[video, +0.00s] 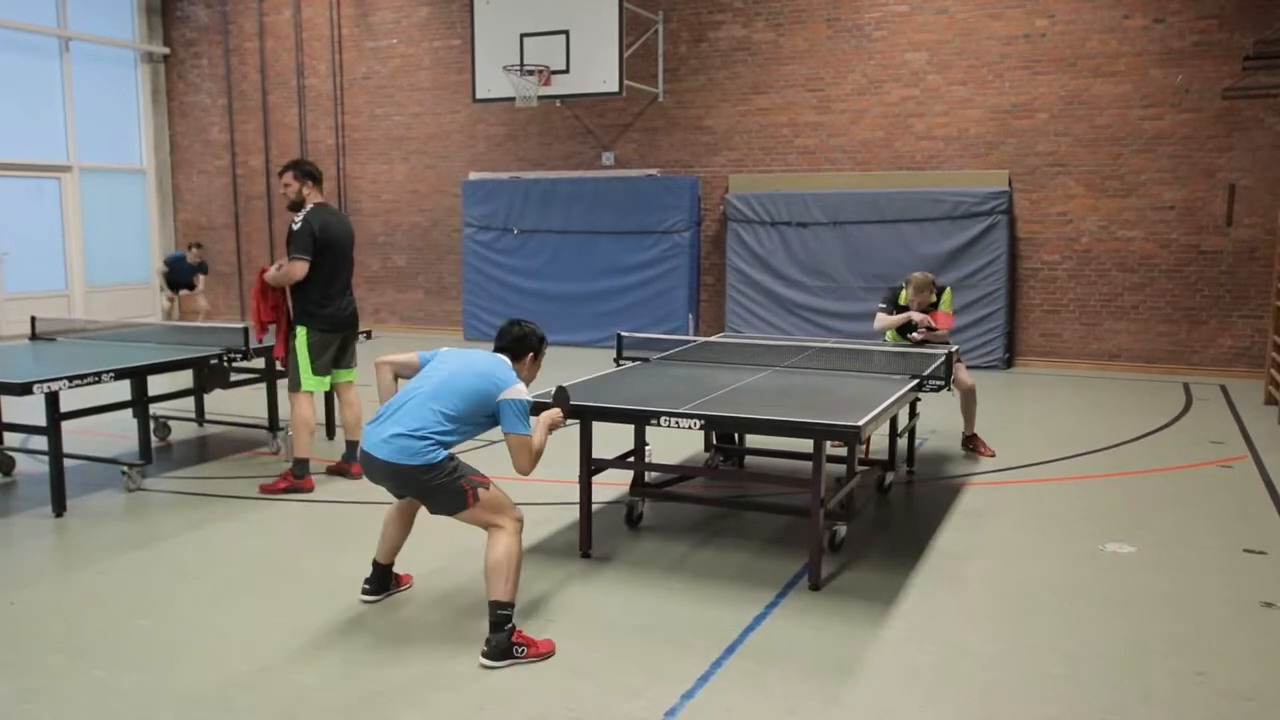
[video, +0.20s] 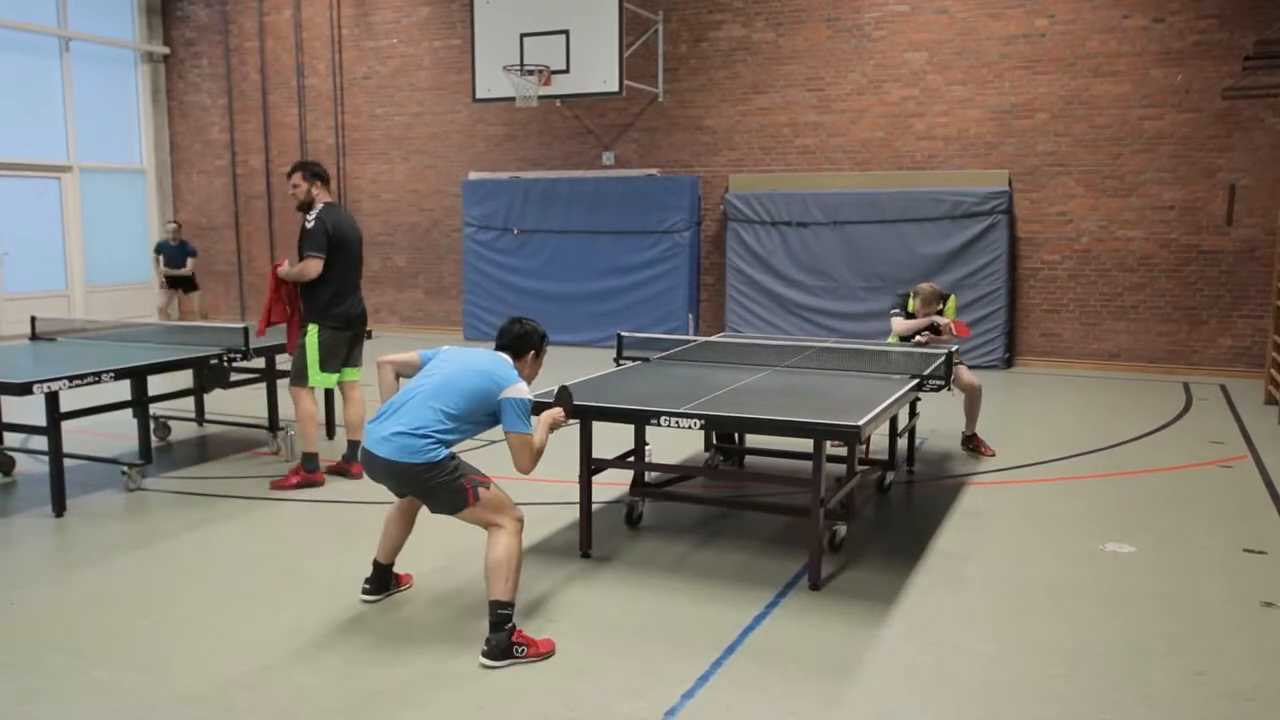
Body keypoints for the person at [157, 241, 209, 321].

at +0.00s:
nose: (197, 260)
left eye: (199, 257)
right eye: (195, 256)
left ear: (202, 256)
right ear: (188, 253)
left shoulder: (201, 266)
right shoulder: (175, 259)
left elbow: (201, 287)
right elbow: (159, 272)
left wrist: (188, 292)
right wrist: (167, 291)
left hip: (188, 285)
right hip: (171, 285)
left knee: (204, 307)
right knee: (167, 307)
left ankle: (198, 330)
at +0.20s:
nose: (172, 235)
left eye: (174, 232)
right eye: (169, 232)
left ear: (180, 232)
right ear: (166, 233)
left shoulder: (188, 248)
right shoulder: (161, 246)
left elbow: (189, 271)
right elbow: (156, 261)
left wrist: (168, 272)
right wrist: (160, 276)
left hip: (186, 277)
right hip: (170, 277)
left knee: (198, 308)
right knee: (161, 307)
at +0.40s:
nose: (146, 224)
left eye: (149, 221)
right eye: (144, 221)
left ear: (156, 222)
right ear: (143, 223)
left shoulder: (168, 240)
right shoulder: (144, 239)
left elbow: (180, 259)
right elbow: (145, 256)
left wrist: (168, 275)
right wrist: (144, 274)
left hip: (174, 276)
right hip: (158, 276)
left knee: (177, 309)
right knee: (158, 310)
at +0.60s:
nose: (130, 220)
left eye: (133, 217)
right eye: (128, 217)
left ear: (141, 218)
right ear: (127, 219)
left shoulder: (154, 236)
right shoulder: (129, 236)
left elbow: (167, 255)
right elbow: (131, 252)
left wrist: (166, 270)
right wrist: (128, 266)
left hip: (158, 271)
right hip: (143, 273)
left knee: (155, 308)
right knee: (153, 310)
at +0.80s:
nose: (112, 223)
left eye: (115, 220)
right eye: (111, 220)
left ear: (124, 222)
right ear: (110, 222)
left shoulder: (136, 241)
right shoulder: (114, 241)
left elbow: (151, 260)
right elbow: (114, 257)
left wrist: (147, 276)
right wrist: (108, 268)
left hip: (139, 278)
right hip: (125, 279)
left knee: (132, 314)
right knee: (140, 316)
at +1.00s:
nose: (88, 219)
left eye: (91, 215)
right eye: (87, 215)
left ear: (102, 216)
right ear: (87, 216)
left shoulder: (112, 235)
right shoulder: (97, 236)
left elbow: (116, 258)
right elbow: (99, 260)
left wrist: (103, 266)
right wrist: (88, 275)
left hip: (118, 274)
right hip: (106, 275)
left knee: (117, 316)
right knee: (99, 315)